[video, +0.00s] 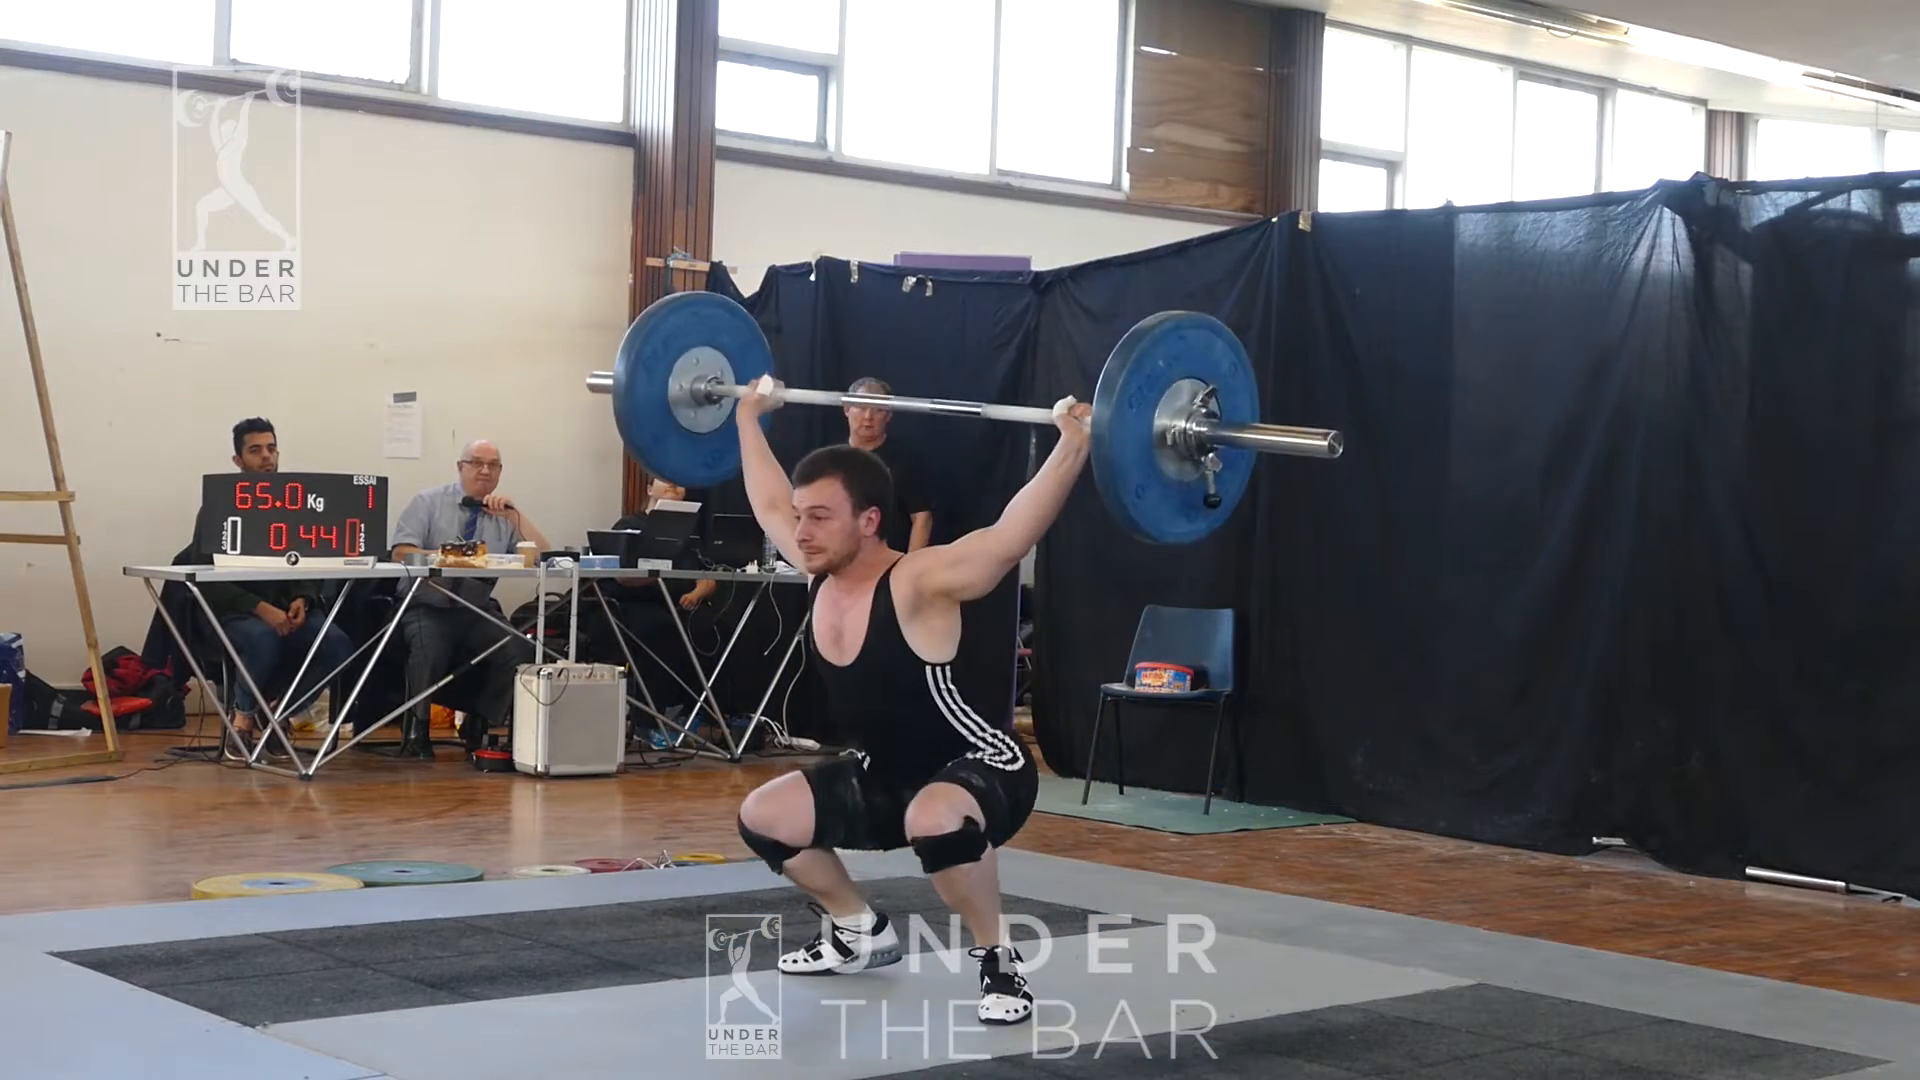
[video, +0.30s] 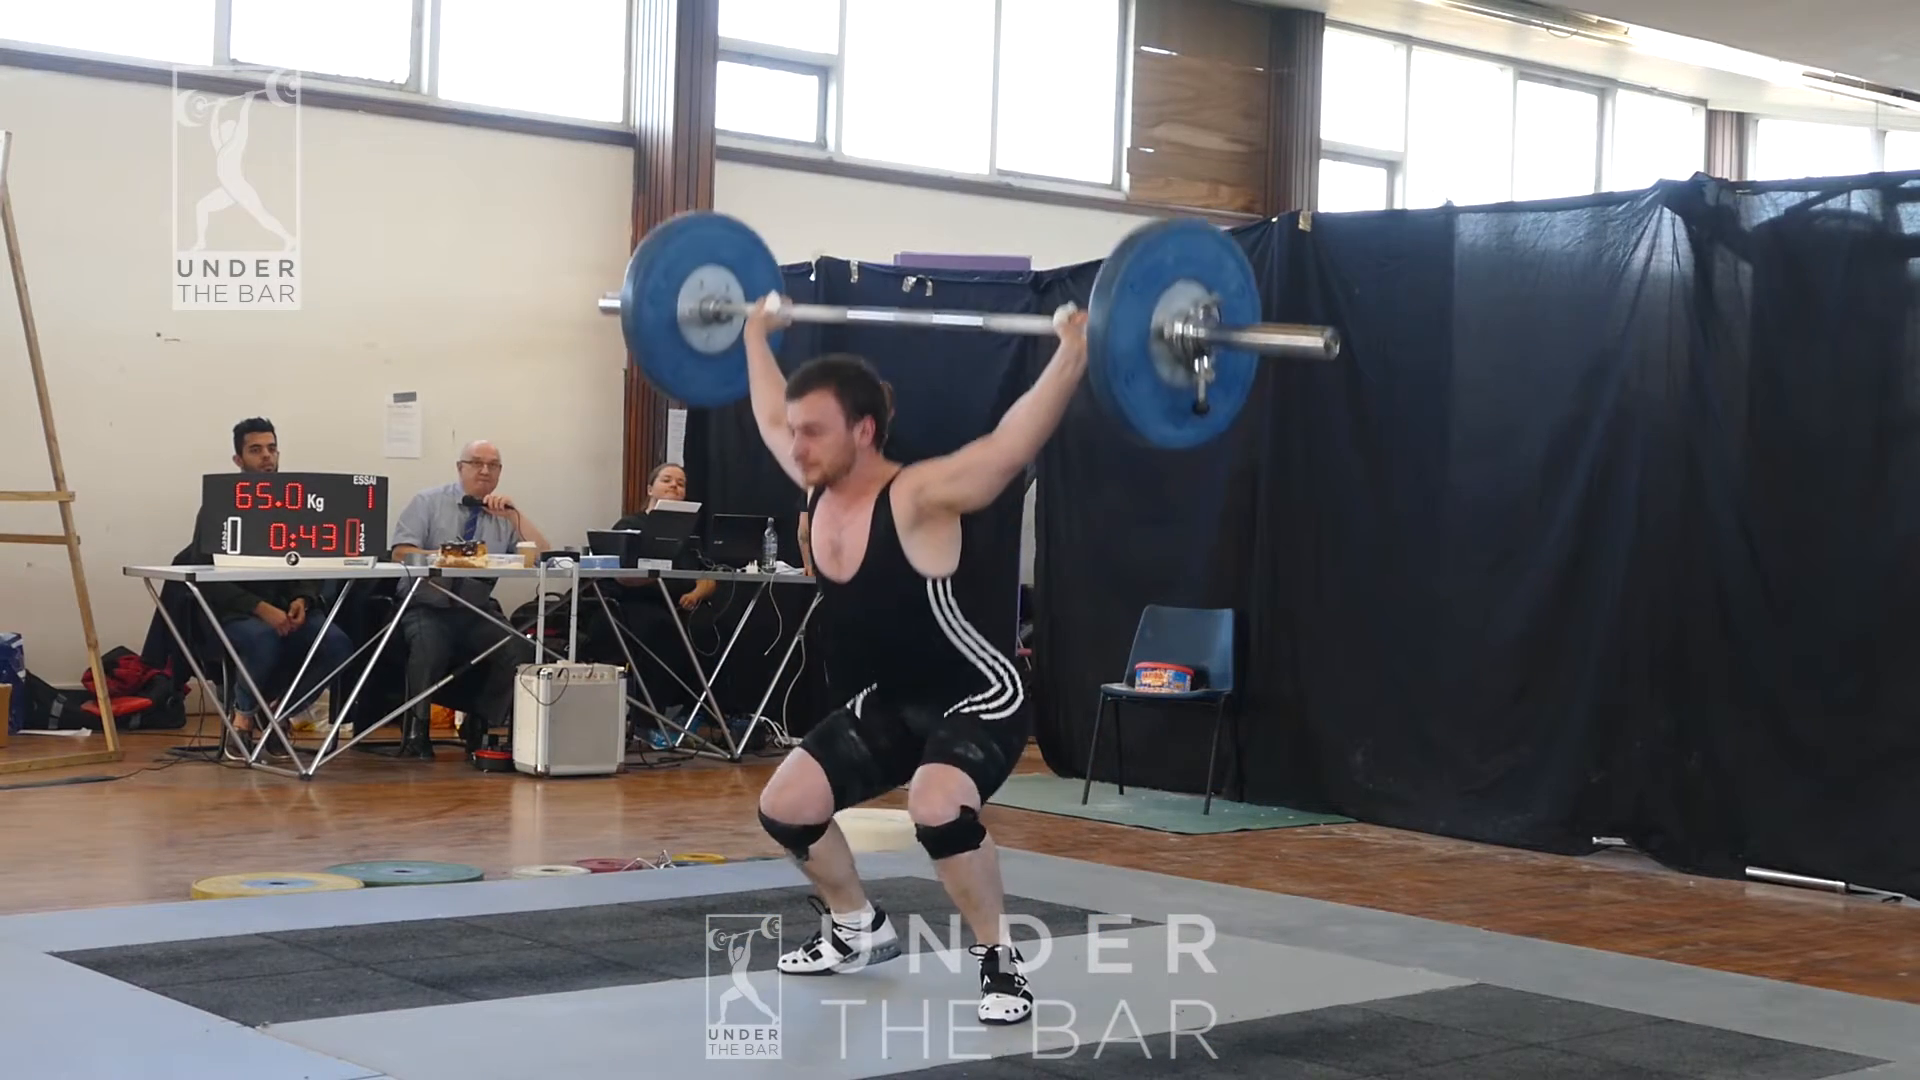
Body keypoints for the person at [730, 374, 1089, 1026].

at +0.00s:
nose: (804, 531)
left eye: (818, 517)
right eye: (800, 517)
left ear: (868, 520)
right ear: (797, 524)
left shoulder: (923, 579)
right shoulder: (823, 577)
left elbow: (1009, 537)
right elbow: (774, 509)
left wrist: (1072, 447)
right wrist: (748, 418)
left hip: (982, 767)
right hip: (886, 776)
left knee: (934, 819)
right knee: (764, 815)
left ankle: (997, 960)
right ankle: (860, 930)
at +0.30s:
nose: (799, 446)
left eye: (812, 431)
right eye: (795, 432)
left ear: (865, 430)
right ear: (793, 436)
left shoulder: (922, 491)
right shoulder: (819, 493)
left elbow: (1009, 448)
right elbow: (774, 417)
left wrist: (1070, 355)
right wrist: (753, 333)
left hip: (979, 696)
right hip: (890, 701)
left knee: (935, 805)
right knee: (786, 803)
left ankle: (997, 957)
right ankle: (859, 927)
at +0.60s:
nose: (793, 334)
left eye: (807, 319)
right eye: (788, 322)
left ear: (859, 318)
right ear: (796, 324)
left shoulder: (913, 384)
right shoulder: (818, 392)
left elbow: (999, 335)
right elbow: (773, 320)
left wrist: (1060, 241)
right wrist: (758, 235)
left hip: (958, 624)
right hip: (880, 622)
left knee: (948, 790)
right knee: (792, 763)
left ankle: (1001, 952)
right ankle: (832, 940)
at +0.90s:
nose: (774, 301)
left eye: (789, 286)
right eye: (770, 288)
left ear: (841, 285)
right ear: (776, 290)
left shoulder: (890, 353)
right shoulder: (794, 358)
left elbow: (975, 296)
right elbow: (752, 281)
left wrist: (1036, 202)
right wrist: (739, 197)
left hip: (906, 599)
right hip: (828, 601)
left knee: (907, 767)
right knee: (797, 767)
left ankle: (981, 938)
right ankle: (836, 949)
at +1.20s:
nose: (783, 288)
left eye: (797, 273)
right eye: (780, 275)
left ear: (849, 274)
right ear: (788, 277)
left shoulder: (899, 343)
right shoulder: (803, 349)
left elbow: (982, 284)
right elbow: (755, 280)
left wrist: (1039, 193)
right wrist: (742, 198)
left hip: (911, 596)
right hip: (834, 597)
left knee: (914, 772)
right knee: (816, 767)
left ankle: (949, 970)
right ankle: (838, 951)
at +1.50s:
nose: (788, 284)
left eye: (803, 268)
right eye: (784, 272)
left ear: (854, 270)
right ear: (788, 275)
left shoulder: (903, 341)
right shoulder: (805, 347)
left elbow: (985, 280)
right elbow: (756, 279)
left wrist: (1041, 188)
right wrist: (744, 199)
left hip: (916, 597)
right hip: (840, 597)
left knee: (921, 772)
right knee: (833, 766)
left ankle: (949, 968)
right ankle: (838, 951)